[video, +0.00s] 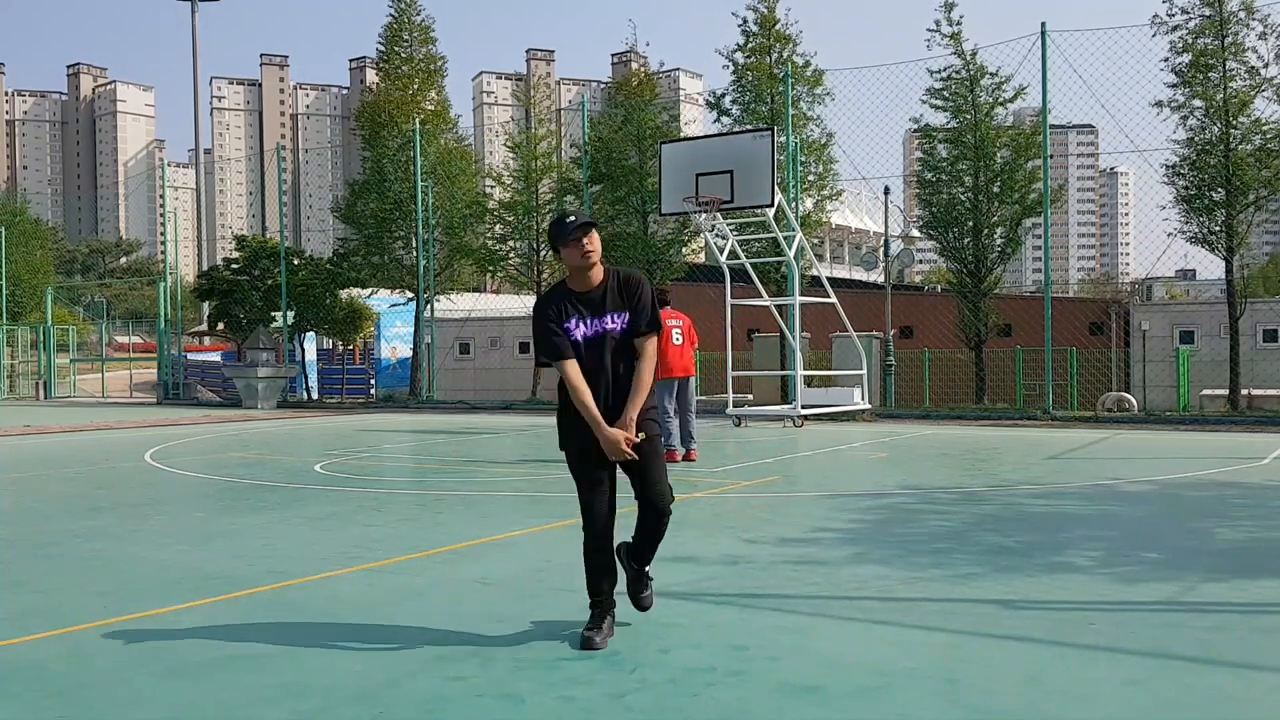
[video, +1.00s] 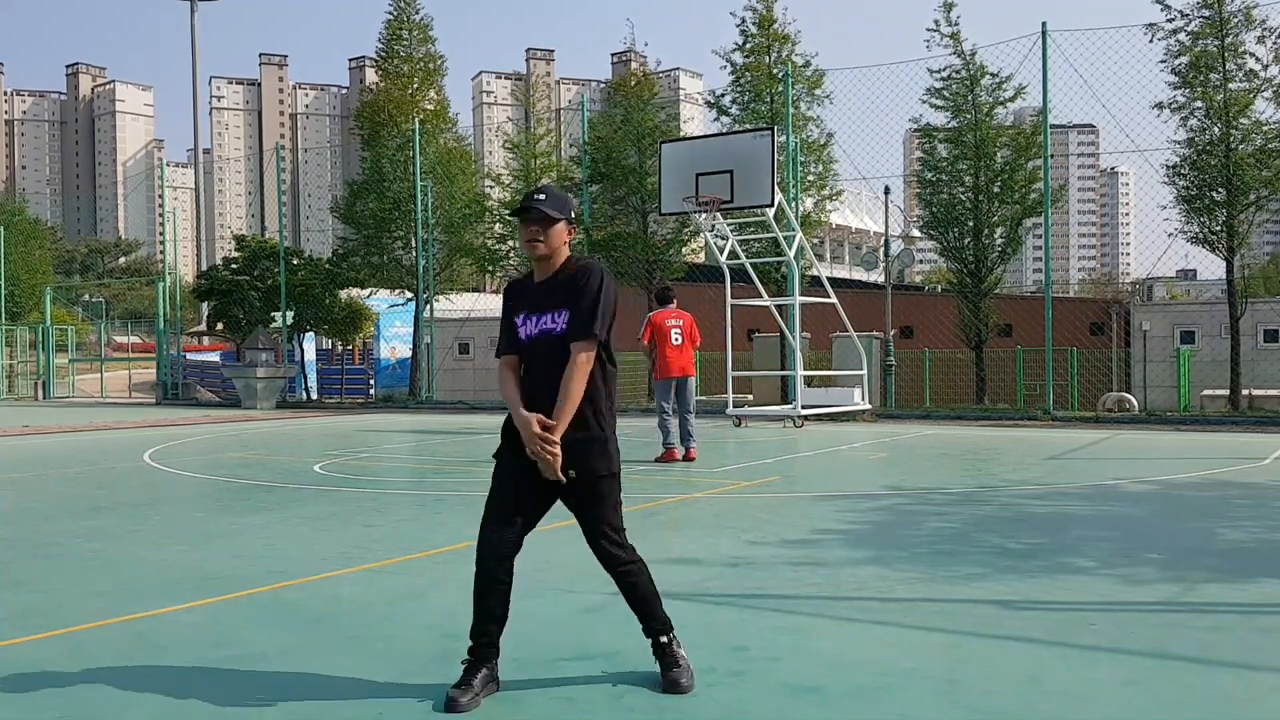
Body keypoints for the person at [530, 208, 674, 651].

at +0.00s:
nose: (583, 245)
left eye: (587, 236)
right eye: (572, 242)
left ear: (600, 240)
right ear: (559, 254)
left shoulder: (634, 286)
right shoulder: (550, 306)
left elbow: (647, 356)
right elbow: (572, 377)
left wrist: (629, 418)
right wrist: (602, 431)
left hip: (637, 414)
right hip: (584, 422)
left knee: (659, 502)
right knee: (597, 520)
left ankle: (637, 560)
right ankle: (601, 610)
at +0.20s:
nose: (623, 249)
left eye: (628, 241)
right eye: (615, 241)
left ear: (630, 241)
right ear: (589, 236)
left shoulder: (639, 291)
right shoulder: (559, 289)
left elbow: (655, 356)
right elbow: (583, 346)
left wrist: (642, 392)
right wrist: (633, 380)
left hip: (640, 417)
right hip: (588, 422)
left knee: (658, 510)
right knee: (599, 514)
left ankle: (657, 617)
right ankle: (601, 608)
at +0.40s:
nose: (644, 245)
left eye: (651, 241)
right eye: (636, 235)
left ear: (654, 251)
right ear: (611, 235)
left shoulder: (655, 300)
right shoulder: (572, 289)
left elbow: (668, 364)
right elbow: (599, 343)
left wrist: (645, 409)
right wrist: (650, 382)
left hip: (644, 432)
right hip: (589, 433)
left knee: (660, 529)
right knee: (600, 528)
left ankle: (670, 640)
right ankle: (600, 607)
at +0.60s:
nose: (618, 244)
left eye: (629, 236)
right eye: (610, 234)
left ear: (646, 242)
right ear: (599, 236)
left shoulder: (665, 294)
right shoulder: (574, 288)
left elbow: (666, 363)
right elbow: (578, 351)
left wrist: (616, 415)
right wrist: (604, 394)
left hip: (642, 431)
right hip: (579, 429)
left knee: (652, 539)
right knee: (547, 519)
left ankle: (669, 644)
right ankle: (599, 579)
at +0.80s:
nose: (576, 236)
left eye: (585, 226)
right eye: (569, 227)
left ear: (610, 224)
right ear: (563, 230)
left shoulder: (635, 275)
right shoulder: (561, 284)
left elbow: (620, 350)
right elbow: (542, 344)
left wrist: (574, 420)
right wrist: (544, 379)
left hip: (612, 424)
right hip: (559, 422)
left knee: (635, 534)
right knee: (509, 520)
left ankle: (675, 642)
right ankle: (514, 641)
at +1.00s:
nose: (533, 231)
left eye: (544, 223)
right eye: (528, 223)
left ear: (569, 229)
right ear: (521, 231)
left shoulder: (591, 278)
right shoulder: (517, 291)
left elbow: (582, 358)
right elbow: (508, 366)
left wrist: (553, 437)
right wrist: (519, 417)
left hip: (586, 443)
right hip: (525, 441)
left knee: (610, 545)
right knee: (493, 545)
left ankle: (666, 647)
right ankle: (482, 663)